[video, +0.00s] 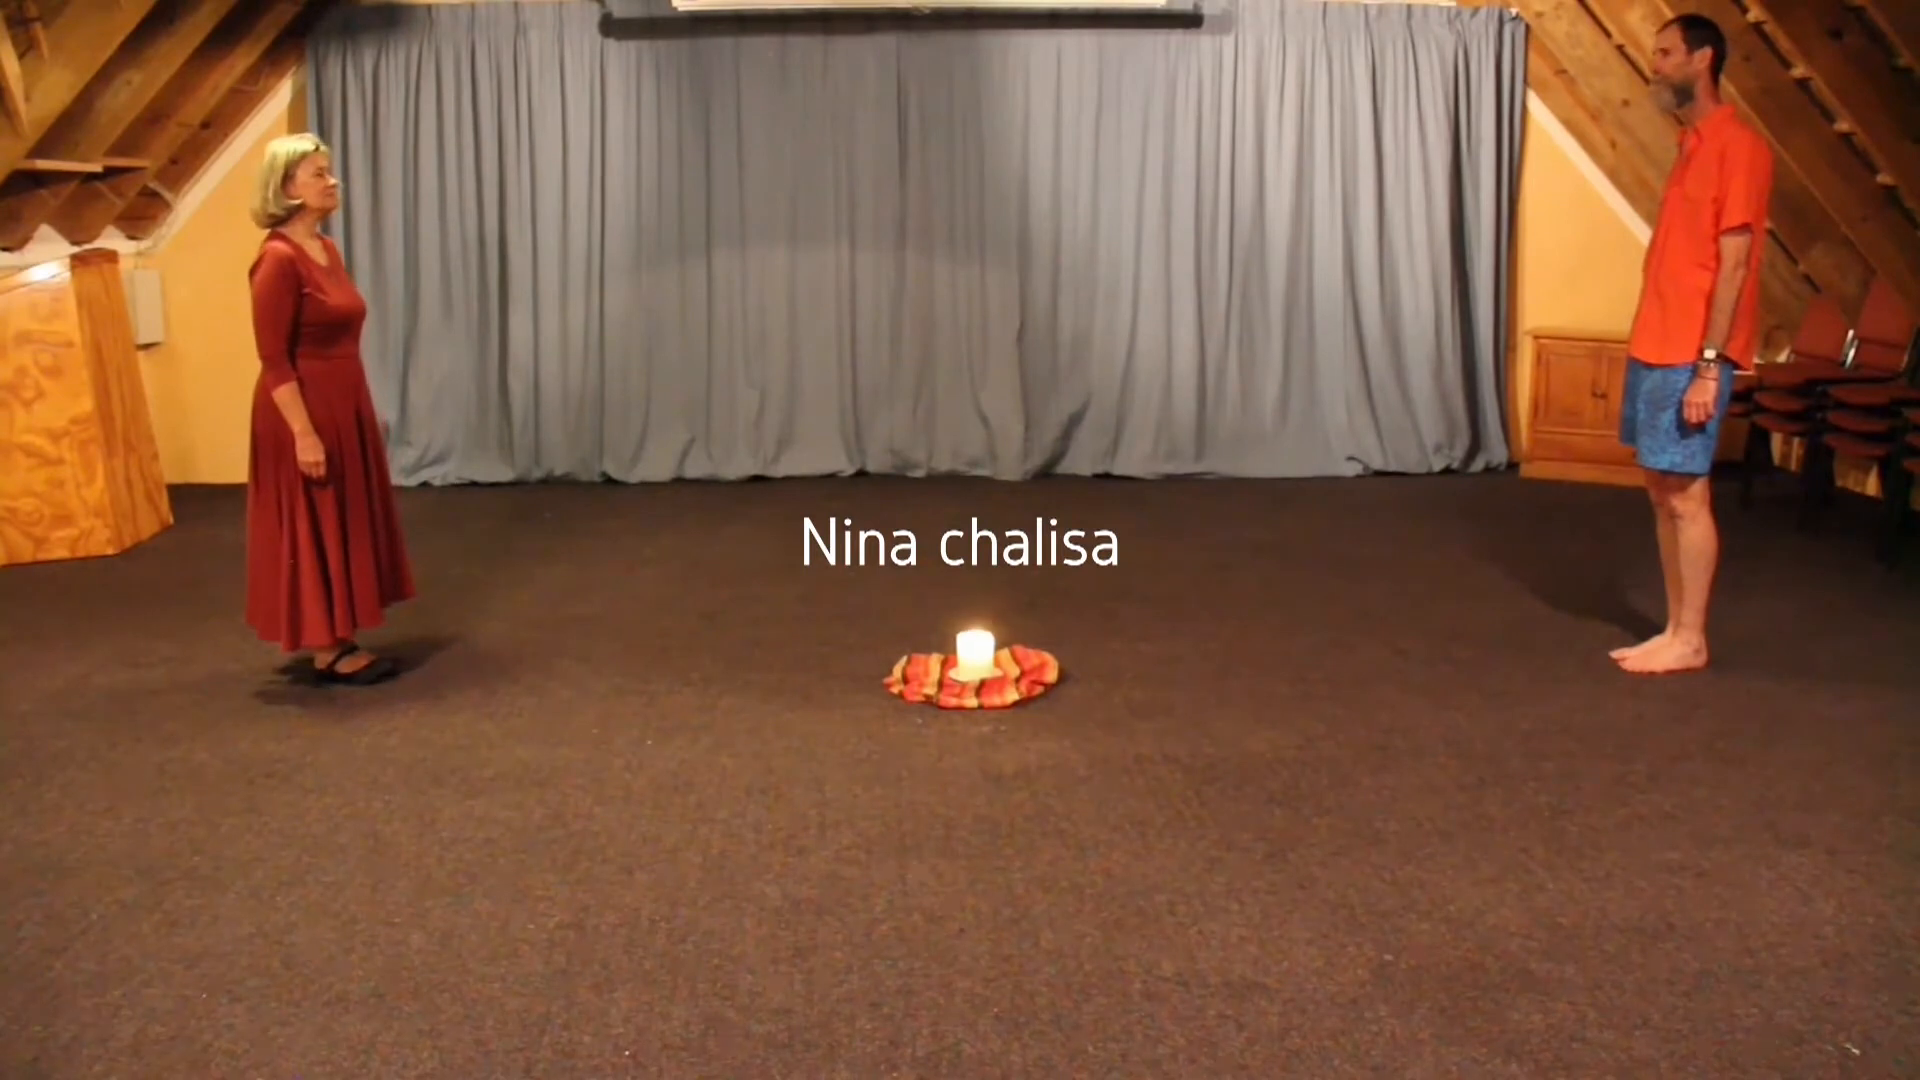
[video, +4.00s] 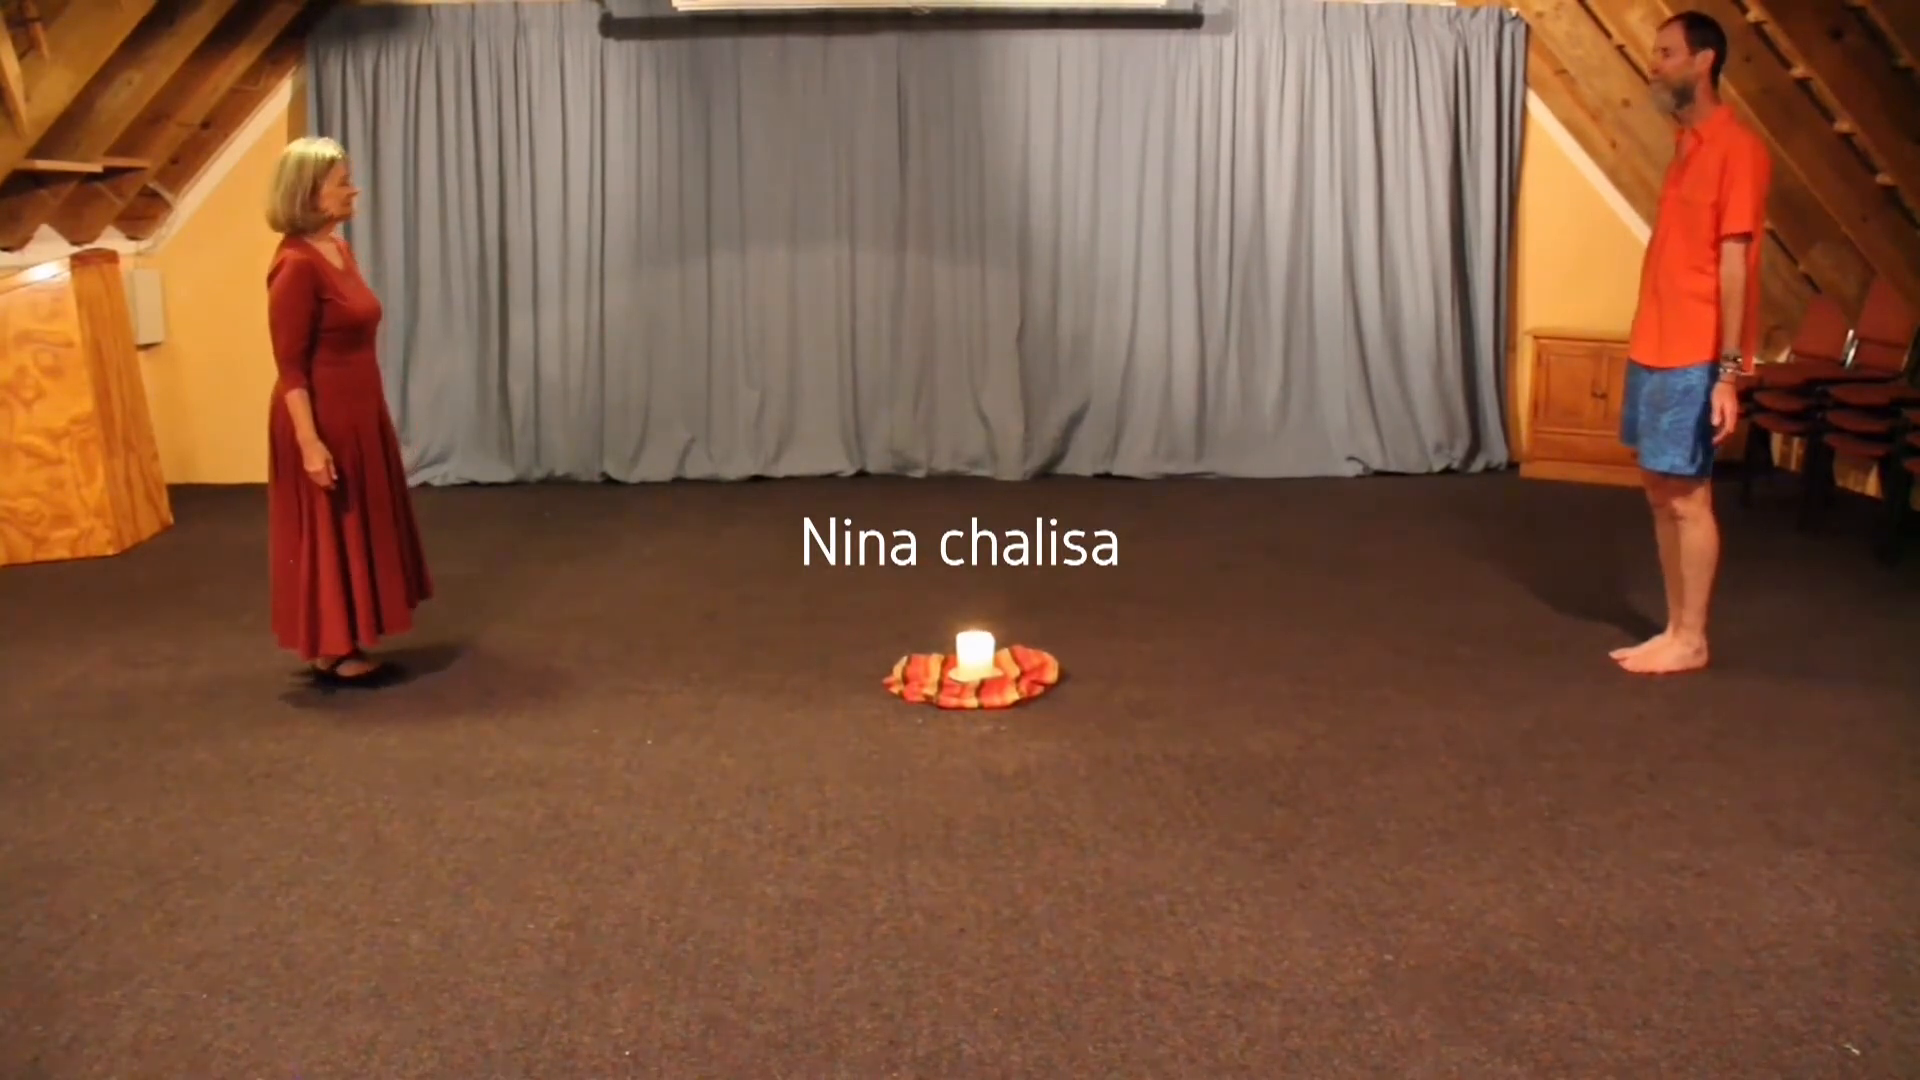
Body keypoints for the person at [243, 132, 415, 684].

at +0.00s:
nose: (333, 182)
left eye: (330, 172)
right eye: (319, 175)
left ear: (323, 183)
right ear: (289, 188)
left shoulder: (327, 249)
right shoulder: (277, 259)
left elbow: (339, 344)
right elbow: (273, 359)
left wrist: (363, 409)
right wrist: (303, 431)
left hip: (342, 403)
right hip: (304, 409)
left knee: (339, 519)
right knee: (313, 524)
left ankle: (336, 642)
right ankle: (325, 648)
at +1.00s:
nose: (331, 185)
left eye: (328, 175)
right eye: (318, 178)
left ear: (317, 187)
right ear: (288, 192)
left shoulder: (324, 248)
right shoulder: (276, 263)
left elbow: (340, 342)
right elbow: (276, 364)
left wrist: (362, 410)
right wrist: (307, 436)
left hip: (347, 403)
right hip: (309, 411)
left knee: (343, 520)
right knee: (317, 525)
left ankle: (340, 642)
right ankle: (326, 648)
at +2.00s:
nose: (345, 182)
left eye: (341, 173)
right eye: (331, 176)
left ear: (331, 187)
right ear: (300, 193)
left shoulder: (348, 249)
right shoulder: (290, 262)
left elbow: (366, 347)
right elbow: (286, 362)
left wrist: (390, 418)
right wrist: (304, 437)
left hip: (365, 406)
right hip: (322, 413)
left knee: (357, 520)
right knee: (326, 524)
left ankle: (346, 644)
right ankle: (328, 648)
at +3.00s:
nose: (360, 182)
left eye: (357, 172)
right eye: (347, 174)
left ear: (344, 185)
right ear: (317, 189)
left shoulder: (354, 247)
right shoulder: (308, 261)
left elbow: (368, 344)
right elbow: (305, 363)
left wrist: (390, 412)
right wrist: (323, 437)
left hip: (375, 407)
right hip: (338, 412)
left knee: (366, 522)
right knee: (339, 526)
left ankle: (355, 646)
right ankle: (337, 650)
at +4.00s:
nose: (353, 191)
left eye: (350, 181)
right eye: (342, 184)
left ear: (336, 189)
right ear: (310, 194)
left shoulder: (339, 248)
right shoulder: (296, 264)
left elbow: (351, 346)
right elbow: (289, 364)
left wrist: (372, 413)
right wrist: (308, 440)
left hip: (357, 407)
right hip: (322, 414)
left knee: (351, 523)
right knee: (327, 527)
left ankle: (344, 642)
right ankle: (330, 647)